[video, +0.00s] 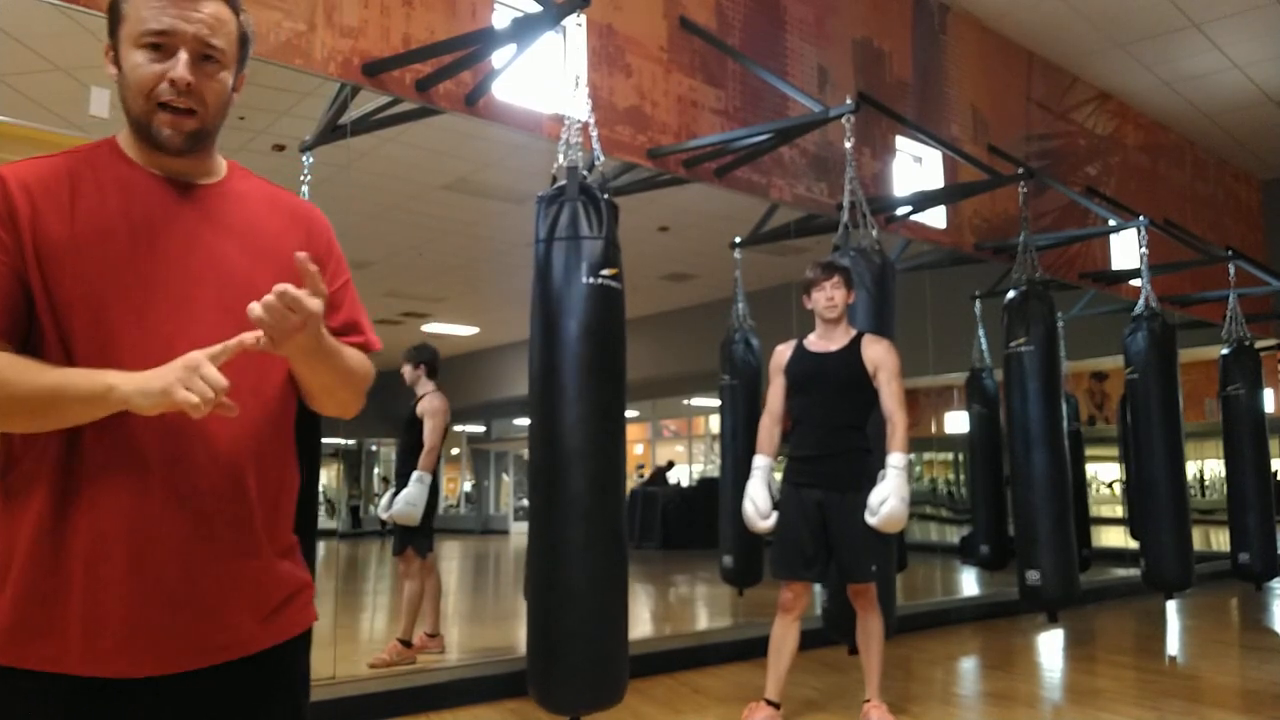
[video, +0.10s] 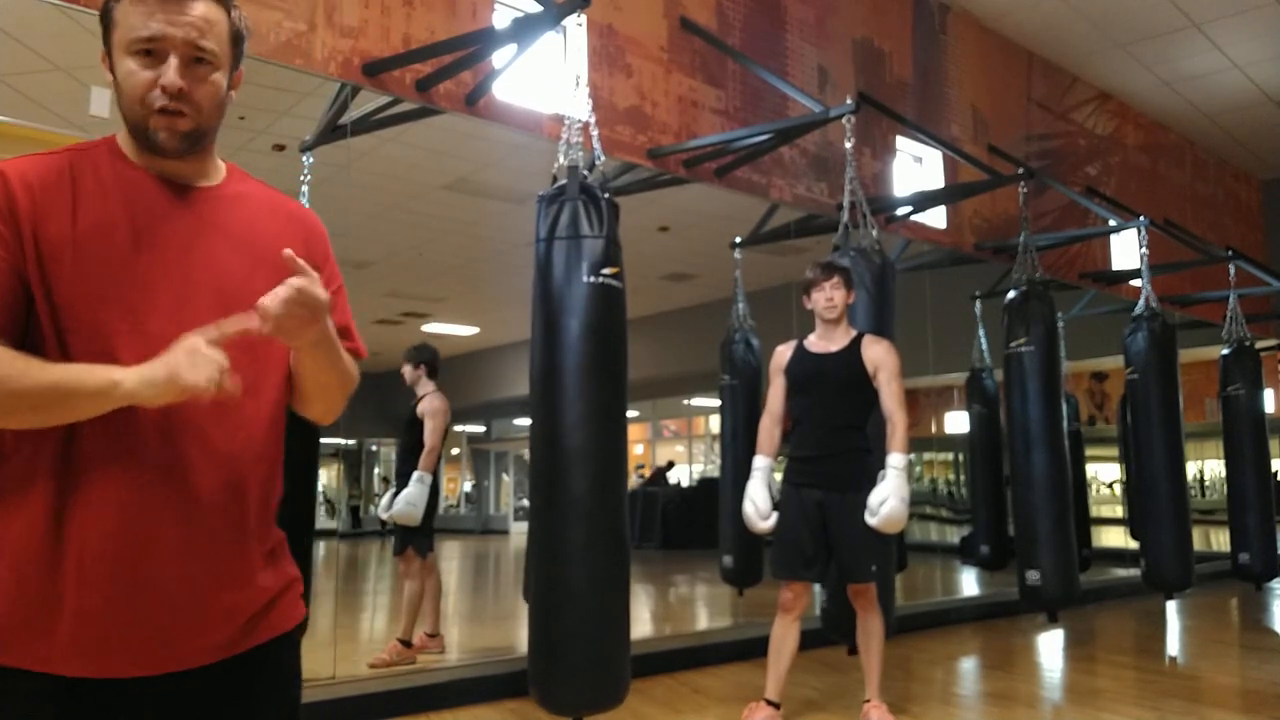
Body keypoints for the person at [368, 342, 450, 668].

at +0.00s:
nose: (402, 374)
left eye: (405, 368)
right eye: (402, 369)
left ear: (421, 369)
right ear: (421, 370)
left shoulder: (433, 401)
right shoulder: (421, 402)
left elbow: (431, 448)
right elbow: (409, 452)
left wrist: (417, 488)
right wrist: (393, 490)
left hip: (419, 484)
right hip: (411, 483)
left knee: (409, 562)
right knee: (424, 562)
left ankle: (404, 641)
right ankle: (431, 634)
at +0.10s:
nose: (402, 374)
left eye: (405, 369)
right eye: (403, 369)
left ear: (421, 369)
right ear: (421, 370)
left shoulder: (434, 402)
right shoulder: (421, 402)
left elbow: (432, 449)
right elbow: (409, 452)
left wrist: (417, 488)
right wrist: (394, 490)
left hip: (419, 485)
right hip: (411, 483)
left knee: (409, 563)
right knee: (425, 562)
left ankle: (404, 641)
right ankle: (431, 634)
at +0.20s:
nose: (403, 375)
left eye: (405, 369)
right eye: (403, 369)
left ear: (421, 369)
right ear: (421, 370)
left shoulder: (434, 402)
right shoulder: (422, 402)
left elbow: (432, 449)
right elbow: (409, 452)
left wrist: (417, 489)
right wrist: (394, 490)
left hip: (419, 485)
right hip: (411, 483)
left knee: (409, 563)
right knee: (424, 562)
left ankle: (403, 641)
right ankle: (431, 634)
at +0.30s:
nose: (402, 374)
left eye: (405, 369)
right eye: (403, 369)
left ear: (421, 369)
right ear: (421, 370)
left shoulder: (434, 402)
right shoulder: (422, 402)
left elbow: (432, 449)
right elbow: (409, 452)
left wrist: (417, 488)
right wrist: (394, 490)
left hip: (419, 484)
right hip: (411, 483)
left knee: (409, 563)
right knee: (424, 562)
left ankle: (403, 641)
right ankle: (431, 634)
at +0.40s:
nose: (403, 374)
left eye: (405, 368)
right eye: (403, 369)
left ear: (421, 369)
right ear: (421, 369)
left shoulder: (434, 402)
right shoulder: (421, 403)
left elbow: (432, 450)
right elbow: (409, 452)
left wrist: (418, 489)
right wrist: (394, 490)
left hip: (419, 485)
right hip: (411, 484)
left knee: (409, 563)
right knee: (425, 562)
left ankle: (404, 641)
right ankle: (430, 634)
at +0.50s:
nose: (403, 375)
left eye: (406, 369)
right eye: (403, 369)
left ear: (422, 369)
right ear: (421, 370)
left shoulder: (435, 403)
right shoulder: (421, 403)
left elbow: (433, 450)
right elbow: (409, 452)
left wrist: (418, 489)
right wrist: (394, 490)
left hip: (419, 485)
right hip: (411, 484)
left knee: (409, 564)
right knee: (425, 563)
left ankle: (404, 641)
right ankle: (430, 634)